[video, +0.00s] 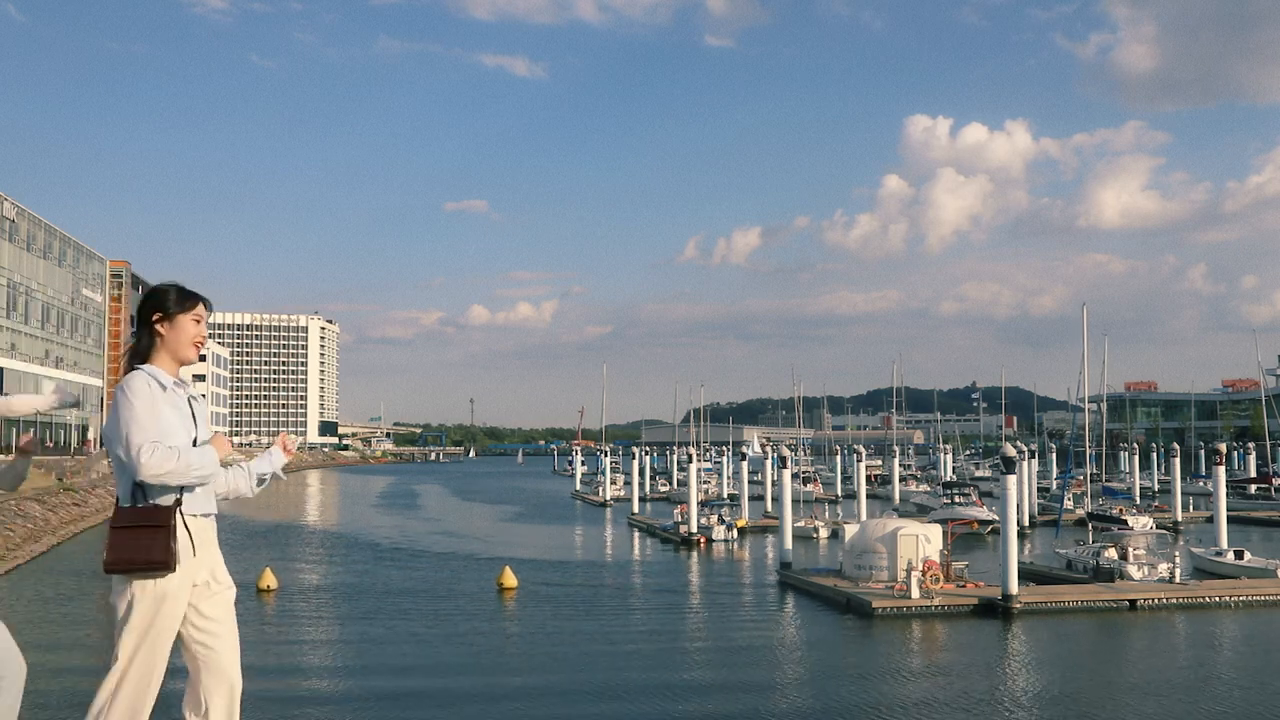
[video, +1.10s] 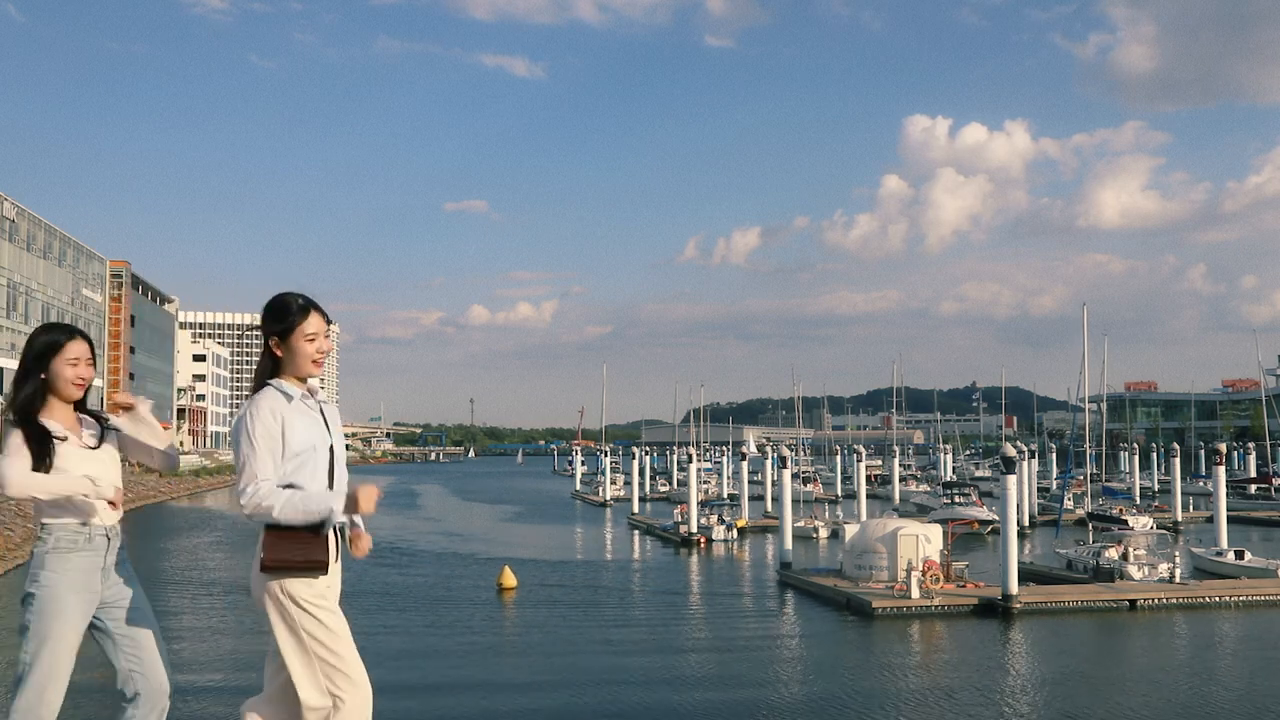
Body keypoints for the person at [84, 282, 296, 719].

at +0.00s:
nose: (204, 334)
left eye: (205, 325)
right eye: (196, 322)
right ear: (161, 325)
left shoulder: (190, 397)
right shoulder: (136, 387)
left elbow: (210, 482)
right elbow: (148, 463)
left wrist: (269, 461)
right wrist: (210, 454)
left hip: (203, 537)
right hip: (157, 537)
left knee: (220, 680)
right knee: (134, 682)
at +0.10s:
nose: (218, 335)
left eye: (219, 325)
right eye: (209, 323)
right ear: (175, 326)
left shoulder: (207, 398)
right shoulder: (154, 388)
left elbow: (221, 490)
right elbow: (157, 472)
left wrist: (285, 477)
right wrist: (231, 464)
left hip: (216, 537)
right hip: (173, 536)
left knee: (231, 682)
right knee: (148, 681)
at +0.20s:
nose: (230, 344)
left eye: (231, 333)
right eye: (221, 332)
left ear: (196, 339)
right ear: (187, 337)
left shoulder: (213, 405)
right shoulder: (165, 401)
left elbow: (233, 495)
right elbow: (172, 495)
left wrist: (294, 545)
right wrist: (248, 538)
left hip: (232, 560)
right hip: (190, 561)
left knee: (250, 699)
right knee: (192, 701)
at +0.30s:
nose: (240, 351)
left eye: (241, 341)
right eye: (229, 340)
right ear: (195, 348)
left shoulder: (222, 411)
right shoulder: (184, 409)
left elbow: (256, 497)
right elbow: (197, 502)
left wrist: (291, 565)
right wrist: (260, 559)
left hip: (236, 572)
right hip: (209, 574)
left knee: (259, 698)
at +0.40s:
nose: (252, 342)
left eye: (252, 332)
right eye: (241, 332)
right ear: (206, 340)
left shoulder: (231, 398)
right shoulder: (202, 397)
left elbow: (255, 483)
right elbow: (195, 487)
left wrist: (293, 525)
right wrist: (269, 499)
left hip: (236, 561)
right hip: (212, 566)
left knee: (245, 683)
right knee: (295, 671)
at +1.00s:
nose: (313, 336)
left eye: (315, 325)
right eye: (301, 326)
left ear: (316, 329)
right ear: (268, 335)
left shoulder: (305, 392)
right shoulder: (257, 391)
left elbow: (312, 468)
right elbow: (246, 478)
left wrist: (340, 488)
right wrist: (321, 450)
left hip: (310, 543)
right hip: (277, 546)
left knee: (280, 683)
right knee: (332, 685)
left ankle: (246, 713)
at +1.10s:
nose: (324, 346)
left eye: (326, 336)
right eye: (311, 338)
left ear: (328, 339)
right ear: (278, 345)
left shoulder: (323, 406)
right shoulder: (263, 406)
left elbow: (327, 480)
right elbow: (252, 494)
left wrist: (352, 523)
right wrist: (341, 502)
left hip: (325, 562)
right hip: (289, 568)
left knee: (286, 694)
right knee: (350, 694)